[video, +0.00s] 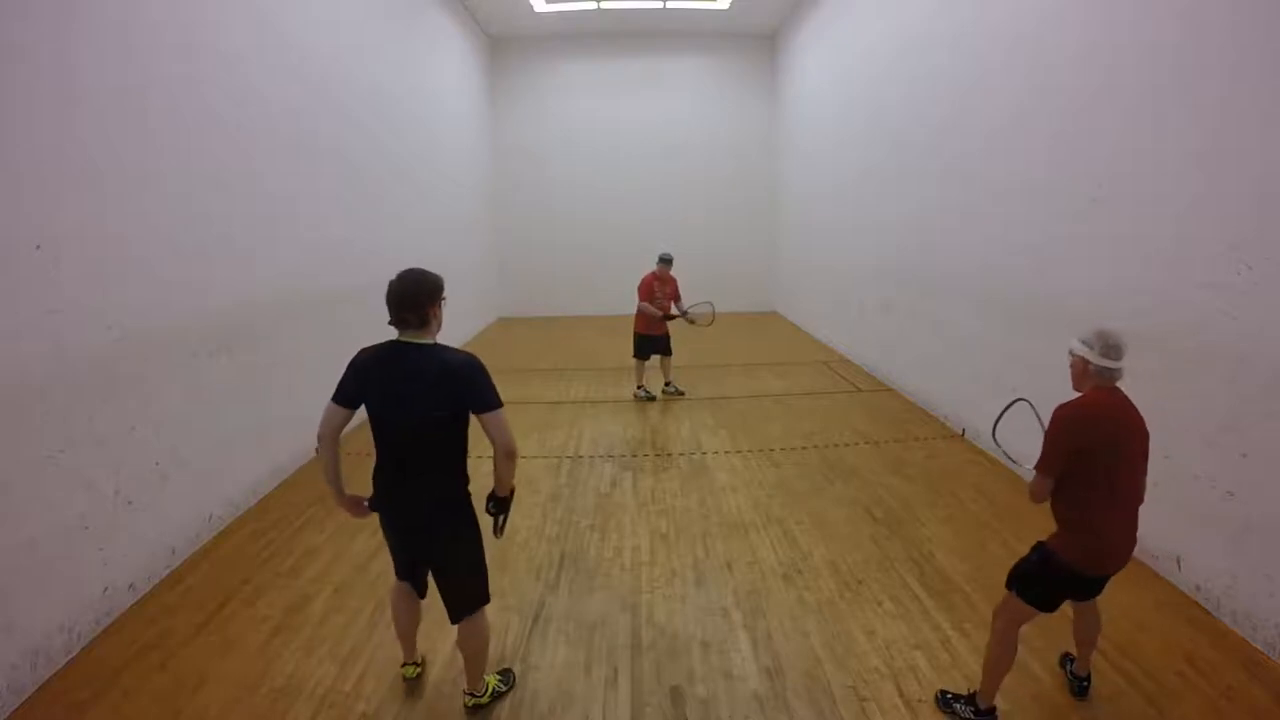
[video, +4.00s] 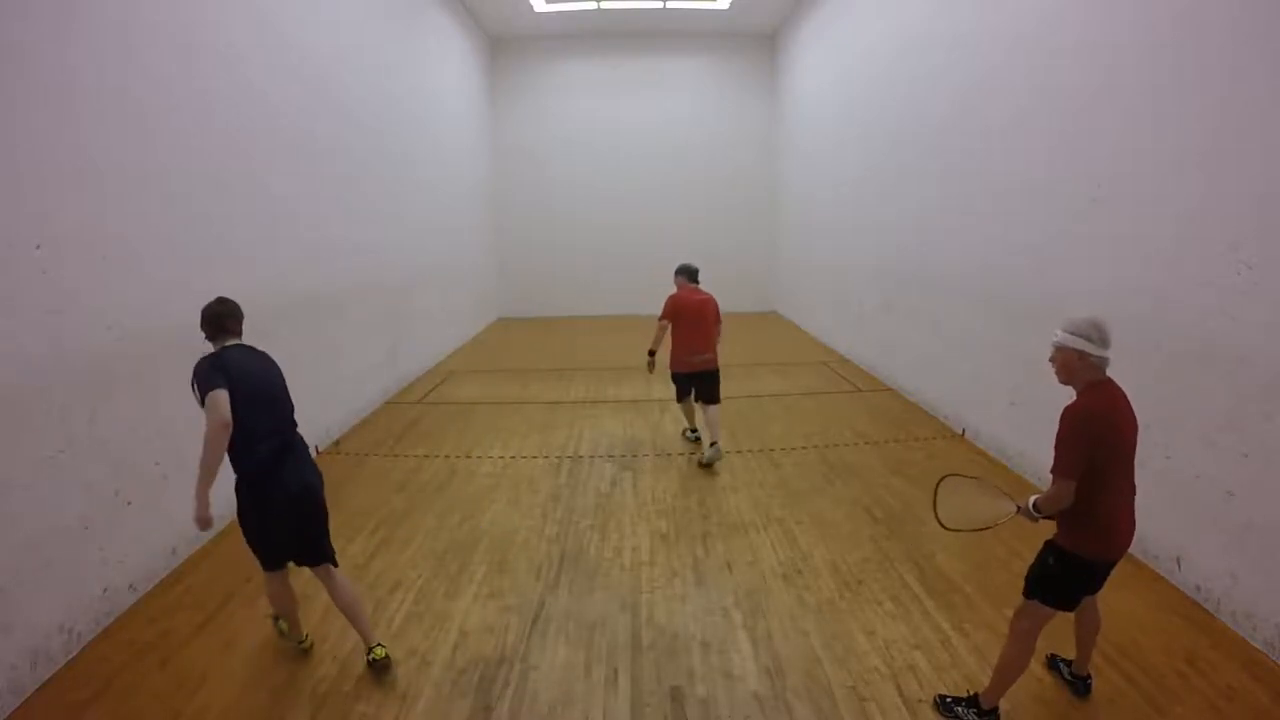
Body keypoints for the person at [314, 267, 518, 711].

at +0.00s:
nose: (443, 310)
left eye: (440, 303)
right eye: (441, 304)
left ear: (392, 312)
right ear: (435, 311)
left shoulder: (368, 362)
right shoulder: (462, 366)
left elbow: (327, 432)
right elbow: (505, 446)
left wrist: (339, 495)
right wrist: (502, 495)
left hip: (394, 503)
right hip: (446, 505)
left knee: (406, 577)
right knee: (468, 602)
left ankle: (409, 661)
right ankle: (476, 688)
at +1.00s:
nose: (426, 311)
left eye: (423, 305)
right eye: (425, 306)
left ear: (381, 316)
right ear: (423, 312)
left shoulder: (365, 368)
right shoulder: (450, 366)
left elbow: (337, 435)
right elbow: (493, 433)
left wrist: (378, 458)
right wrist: (492, 482)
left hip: (397, 493)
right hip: (448, 490)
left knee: (416, 571)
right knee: (483, 579)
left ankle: (427, 650)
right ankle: (504, 671)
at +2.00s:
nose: (382, 335)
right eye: (381, 329)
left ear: (331, 343)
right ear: (378, 336)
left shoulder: (314, 404)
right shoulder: (412, 391)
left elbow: (292, 488)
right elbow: (464, 463)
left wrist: (332, 515)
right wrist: (471, 522)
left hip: (357, 550)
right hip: (418, 543)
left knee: (360, 643)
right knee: (466, 635)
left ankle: (357, 716)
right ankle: (499, 714)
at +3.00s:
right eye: (227, 428)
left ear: (192, 444)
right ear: (229, 431)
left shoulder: (186, 485)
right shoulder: (259, 462)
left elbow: (169, 556)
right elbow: (300, 516)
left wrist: (142, 633)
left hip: (255, 592)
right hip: (301, 569)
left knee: (271, 655)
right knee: (324, 602)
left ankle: (270, 713)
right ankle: (352, 657)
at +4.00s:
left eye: (207, 329)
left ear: (206, 332)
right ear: (241, 325)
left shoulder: (210, 366)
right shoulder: (263, 359)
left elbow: (221, 419)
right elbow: (284, 418)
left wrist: (202, 492)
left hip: (260, 487)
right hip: (302, 475)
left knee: (274, 567)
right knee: (326, 565)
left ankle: (295, 632)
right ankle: (374, 644)